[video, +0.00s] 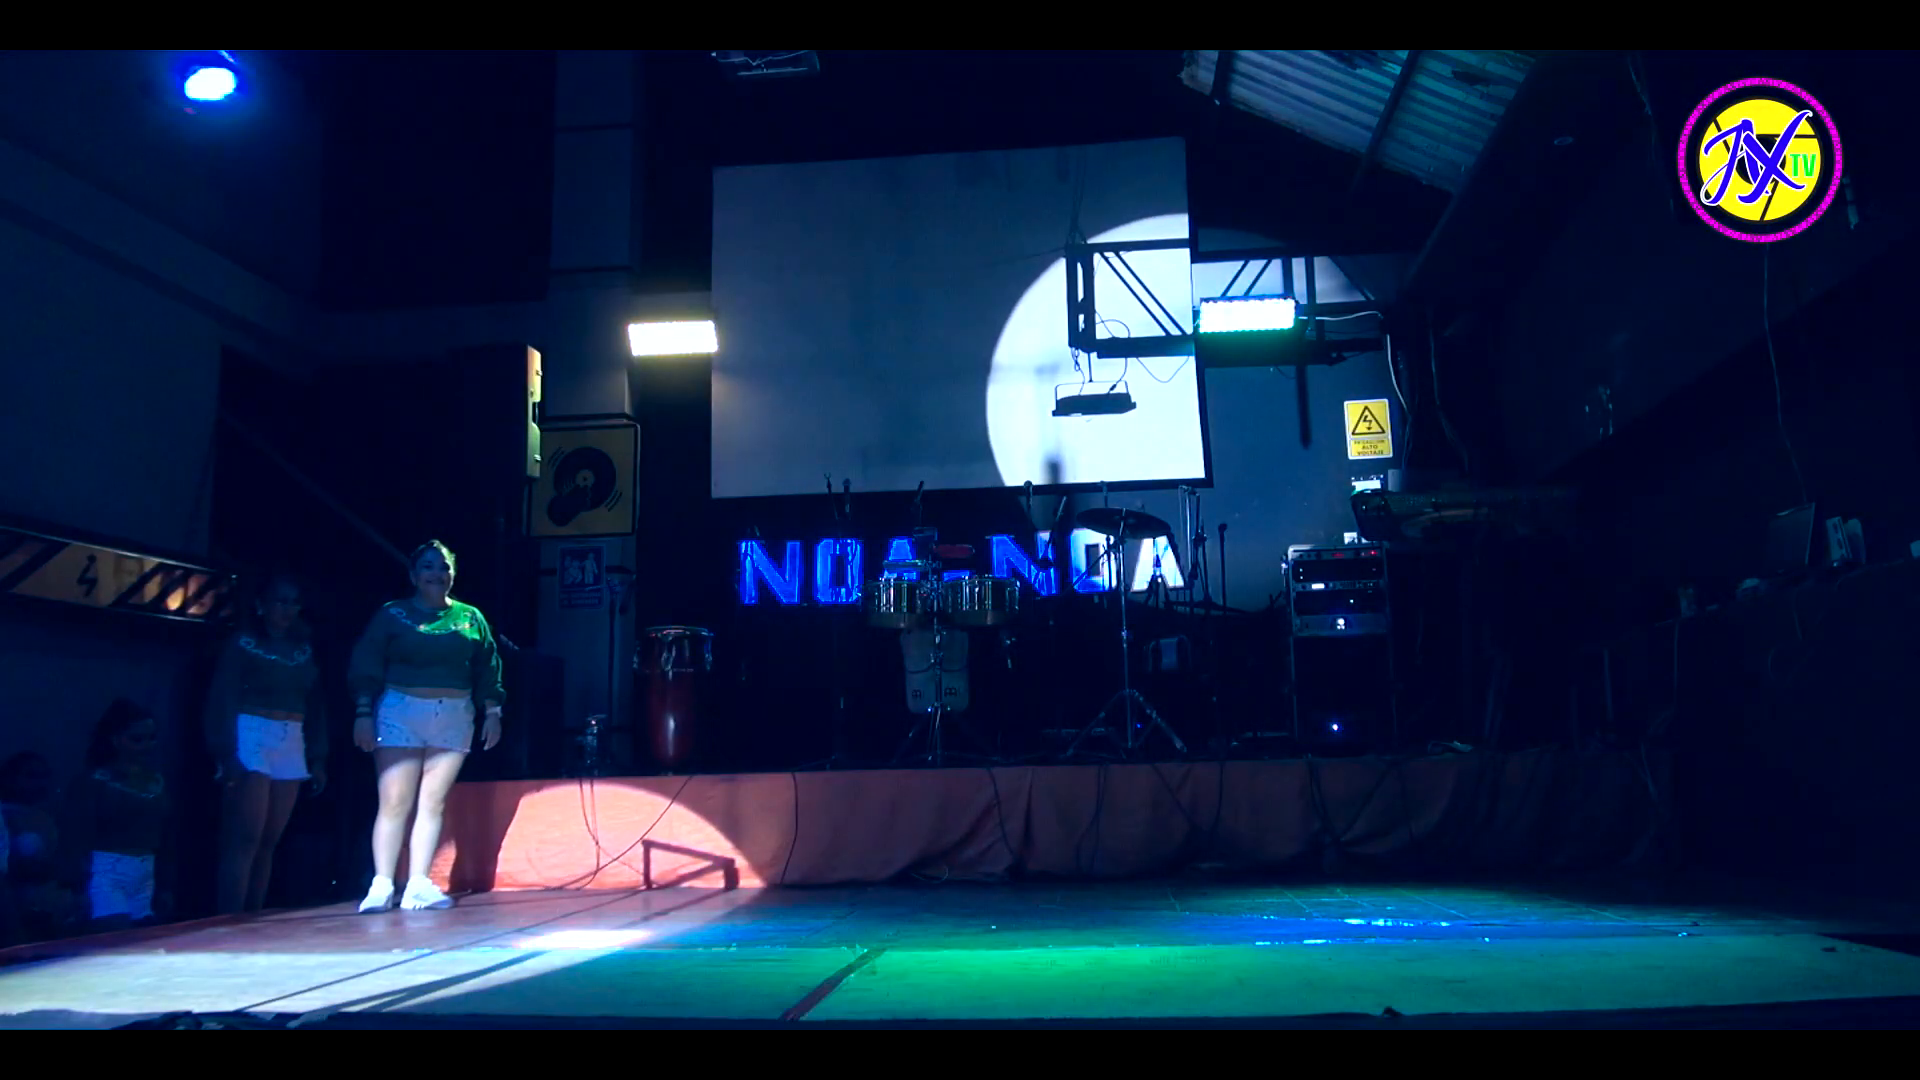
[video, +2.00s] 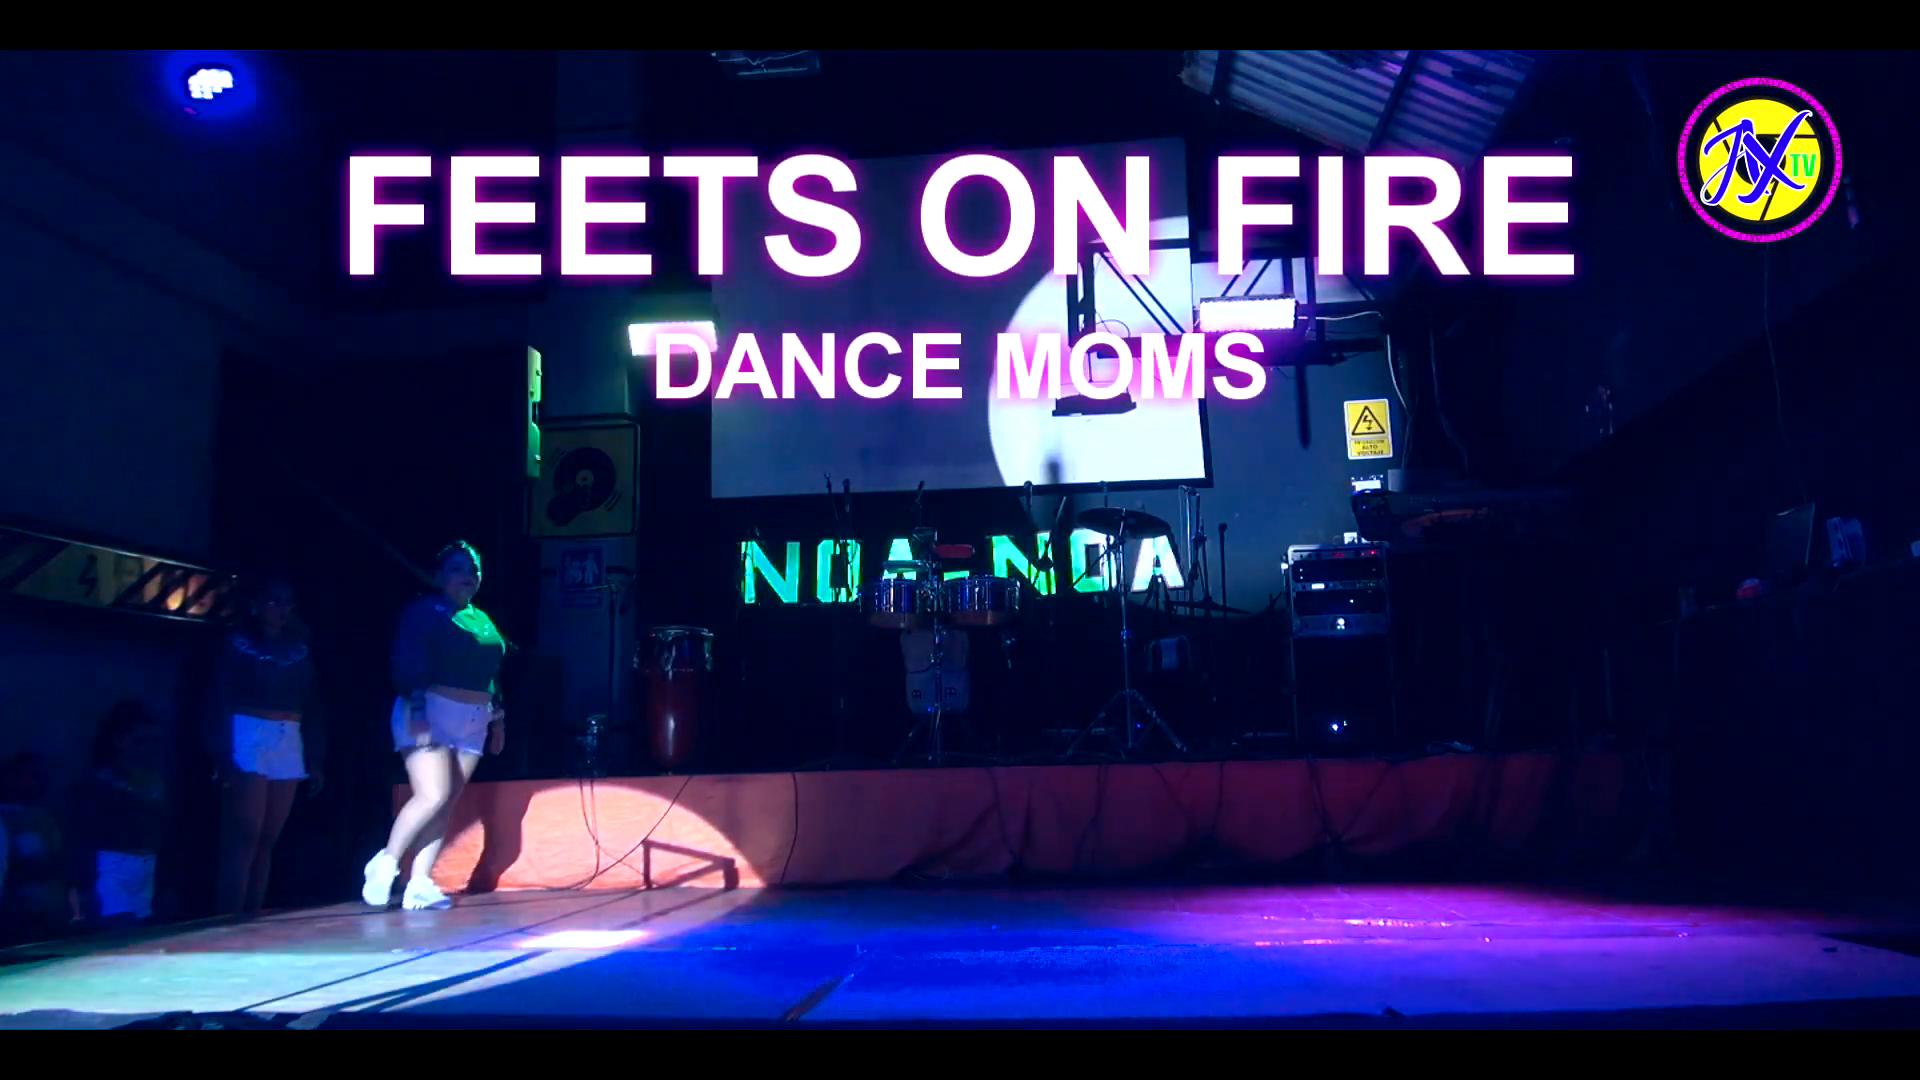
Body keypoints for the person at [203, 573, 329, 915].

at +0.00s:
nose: (286, 610)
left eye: (293, 604)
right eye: (280, 602)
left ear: (299, 608)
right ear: (264, 603)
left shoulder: (304, 651)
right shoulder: (245, 643)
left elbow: (314, 708)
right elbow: (224, 698)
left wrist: (316, 757)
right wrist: (225, 752)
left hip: (293, 734)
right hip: (254, 731)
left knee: (271, 838)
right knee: (248, 834)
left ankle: (254, 915)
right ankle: (231, 915)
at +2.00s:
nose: (280, 611)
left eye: (286, 604)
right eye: (274, 603)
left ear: (293, 609)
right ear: (258, 605)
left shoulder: (298, 647)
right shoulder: (239, 641)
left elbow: (310, 705)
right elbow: (222, 698)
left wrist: (313, 758)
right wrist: (223, 755)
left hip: (290, 733)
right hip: (251, 730)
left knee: (271, 834)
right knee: (248, 828)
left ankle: (255, 912)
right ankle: (232, 911)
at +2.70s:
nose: (295, 610)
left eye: (299, 603)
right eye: (288, 602)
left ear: (304, 609)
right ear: (269, 606)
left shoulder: (310, 652)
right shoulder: (249, 647)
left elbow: (322, 708)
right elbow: (228, 699)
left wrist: (324, 760)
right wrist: (227, 750)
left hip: (300, 736)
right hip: (258, 733)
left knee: (293, 822)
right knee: (288, 813)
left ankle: (263, 906)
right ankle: (244, 894)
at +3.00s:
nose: (305, 610)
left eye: (309, 603)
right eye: (298, 602)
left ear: (313, 610)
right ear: (280, 606)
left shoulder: (320, 653)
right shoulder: (257, 647)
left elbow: (333, 710)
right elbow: (235, 699)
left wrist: (335, 758)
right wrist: (229, 750)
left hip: (308, 734)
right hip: (265, 730)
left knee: (288, 817)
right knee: (323, 783)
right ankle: (293, 873)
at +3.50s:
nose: (348, 577)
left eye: (353, 571)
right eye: (340, 571)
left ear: (360, 577)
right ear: (322, 577)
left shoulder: (365, 625)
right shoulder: (298, 617)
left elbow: (379, 682)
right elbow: (272, 676)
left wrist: (385, 730)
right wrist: (266, 735)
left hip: (343, 716)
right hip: (300, 707)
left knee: (330, 808)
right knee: (332, 795)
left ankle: (276, 897)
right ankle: (315, 887)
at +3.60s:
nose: (358, 565)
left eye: (363, 559)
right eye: (349, 559)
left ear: (369, 568)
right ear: (331, 566)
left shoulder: (372, 614)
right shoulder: (307, 604)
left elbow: (384, 670)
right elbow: (282, 663)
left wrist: (392, 716)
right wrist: (276, 722)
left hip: (353, 704)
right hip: (309, 695)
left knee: (359, 799)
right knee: (329, 789)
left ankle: (283, 867)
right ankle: (314, 886)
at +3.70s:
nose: (370, 558)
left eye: (374, 552)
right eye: (362, 552)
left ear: (379, 560)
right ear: (342, 558)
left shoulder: (380, 606)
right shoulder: (318, 598)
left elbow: (389, 665)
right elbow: (295, 657)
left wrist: (394, 711)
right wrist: (292, 713)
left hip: (364, 694)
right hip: (322, 688)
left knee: (378, 787)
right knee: (329, 789)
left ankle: (308, 841)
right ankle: (315, 885)